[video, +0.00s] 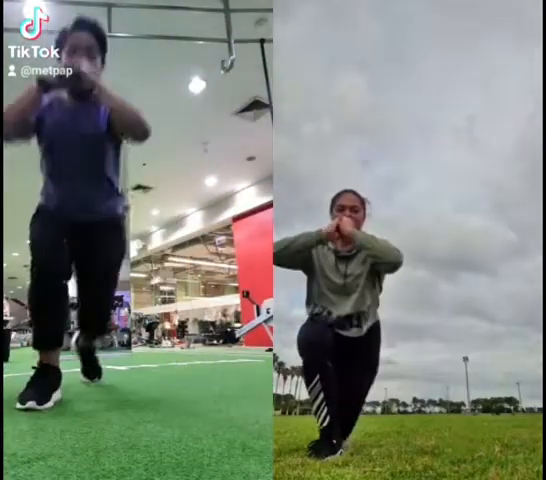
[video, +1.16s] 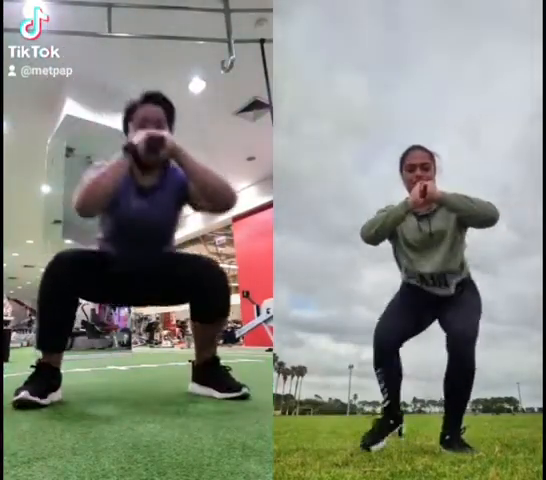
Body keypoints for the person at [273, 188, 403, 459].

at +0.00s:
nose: (347, 216)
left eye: (354, 211)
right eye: (341, 210)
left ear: (364, 217)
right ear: (331, 216)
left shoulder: (372, 253)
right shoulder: (315, 252)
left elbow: (395, 260)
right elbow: (275, 254)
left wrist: (354, 234)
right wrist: (321, 235)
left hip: (362, 333)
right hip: (323, 328)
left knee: (350, 403)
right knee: (311, 342)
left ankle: (331, 442)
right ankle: (330, 434)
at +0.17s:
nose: (351, 185)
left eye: (357, 180)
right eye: (345, 180)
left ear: (367, 187)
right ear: (336, 187)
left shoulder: (379, 222)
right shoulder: (323, 223)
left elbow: (408, 227)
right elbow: (284, 230)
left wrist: (364, 207)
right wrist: (331, 210)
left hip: (371, 308)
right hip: (330, 303)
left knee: (356, 393)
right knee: (317, 351)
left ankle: (331, 427)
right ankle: (330, 437)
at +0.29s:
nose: (360, 172)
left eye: (367, 166)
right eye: (353, 166)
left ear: (376, 173)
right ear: (343, 174)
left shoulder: (389, 211)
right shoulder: (331, 209)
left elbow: (423, 219)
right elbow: (295, 223)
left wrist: (380, 197)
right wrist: (343, 201)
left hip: (380, 294)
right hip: (338, 291)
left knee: (390, 361)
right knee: (325, 348)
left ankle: (370, 406)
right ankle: (330, 436)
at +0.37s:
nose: (366, 172)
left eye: (372, 166)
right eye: (358, 167)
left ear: (382, 173)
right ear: (348, 174)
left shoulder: (395, 212)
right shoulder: (336, 209)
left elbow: (430, 221)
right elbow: (301, 226)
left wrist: (387, 199)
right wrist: (349, 203)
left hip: (385, 295)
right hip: (341, 293)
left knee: (408, 347)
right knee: (326, 348)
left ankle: (403, 417)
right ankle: (330, 436)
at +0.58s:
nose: (379, 196)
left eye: (386, 190)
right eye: (372, 190)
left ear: (396, 196)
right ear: (362, 198)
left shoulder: (410, 235)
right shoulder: (350, 235)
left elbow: (448, 249)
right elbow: (317, 261)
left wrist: (401, 226)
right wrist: (365, 230)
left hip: (408, 323)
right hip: (360, 323)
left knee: (440, 340)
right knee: (323, 343)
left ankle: (452, 435)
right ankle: (330, 438)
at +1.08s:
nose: (414, 180)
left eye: (421, 174)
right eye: (407, 175)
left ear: (431, 177)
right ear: (398, 181)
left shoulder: (448, 212)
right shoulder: (390, 218)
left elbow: (485, 222)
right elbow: (362, 241)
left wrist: (435, 204)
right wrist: (402, 211)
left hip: (451, 297)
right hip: (408, 298)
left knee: (460, 349)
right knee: (370, 339)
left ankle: (451, 436)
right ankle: (352, 431)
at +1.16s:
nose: (419, 175)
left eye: (425, 168)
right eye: (412, 170)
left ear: (435, 172)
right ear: (402, 176)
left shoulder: (452, 207)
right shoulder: (396, 214)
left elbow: (491, 215)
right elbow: (368, 235)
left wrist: (440, 198)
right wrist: (408, 205)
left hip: (458, 294)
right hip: (416, 295)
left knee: (462, 346)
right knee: (384, 339)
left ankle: (451, 434)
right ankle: (391, 415)